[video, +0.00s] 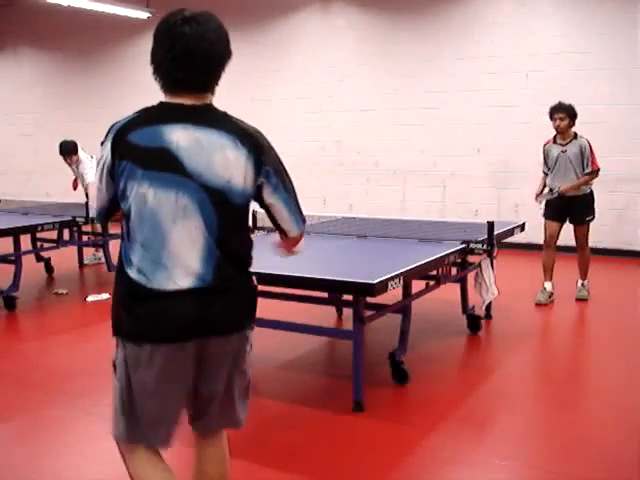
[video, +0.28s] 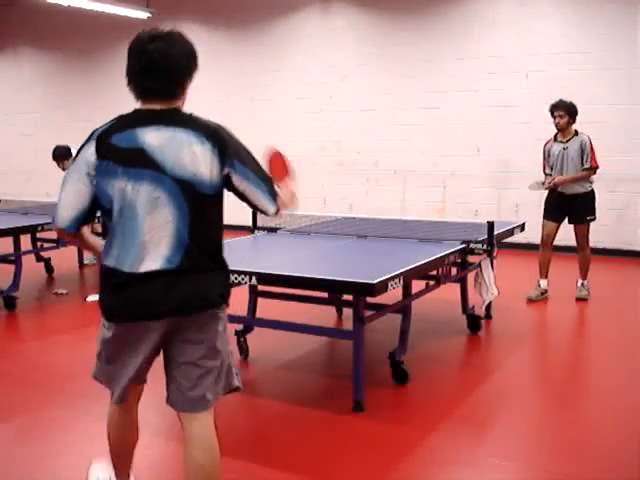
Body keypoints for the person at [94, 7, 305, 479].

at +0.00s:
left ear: (156, 63)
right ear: (221, 68)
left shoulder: (124, 135)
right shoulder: (246, 141)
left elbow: (104, 212)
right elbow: (291, 226)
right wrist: (287, 237)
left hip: (151, 324)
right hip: (226, 319)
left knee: (137, 439)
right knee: (212, 430)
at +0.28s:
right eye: (189, 75)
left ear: (131, 79)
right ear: (187, 81)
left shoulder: (104, 140)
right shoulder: (212, 139)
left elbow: (69, 220)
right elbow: (272, 203)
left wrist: (97, 242)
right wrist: (285, 190)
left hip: (132, 301)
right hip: (199, 297)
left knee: (123, 400)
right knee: (198, 412)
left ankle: (121, 479)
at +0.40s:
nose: (178, 92)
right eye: (179, 86)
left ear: (124, 87)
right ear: (175, 90)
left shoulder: (93, 145)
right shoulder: (200, 141)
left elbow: (53, 220)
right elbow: (256, 183)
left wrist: (91, 248)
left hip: (123, 302)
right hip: (188, 298)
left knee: (121, 397)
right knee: (193, 407)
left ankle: (126, 472)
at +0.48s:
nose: (176, 95)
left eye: (175, 88)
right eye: (174, 90)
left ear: (117, 88)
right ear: (165, 94)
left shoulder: (81, 144)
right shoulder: (182, 138)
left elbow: (44, 211)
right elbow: (231, 138)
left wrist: (77, 230)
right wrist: (182, 104)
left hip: (109, 293)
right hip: (171, 290)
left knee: (115, 382)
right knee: (186, 392)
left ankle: (124, 471)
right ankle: (198, 478)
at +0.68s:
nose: (169, 102)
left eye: (169, 96)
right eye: (168, 96)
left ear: (117, 88)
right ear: (157, 97)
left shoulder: (74, 135)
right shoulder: (165, 136)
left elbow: (45, 199)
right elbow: (177, 97)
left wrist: (82, 213)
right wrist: (114, 75)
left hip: (94, 279)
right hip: (151, 277)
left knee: (106, 376)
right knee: (172, 364)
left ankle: (123, 469)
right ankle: (176, 449)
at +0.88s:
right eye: (143, 96)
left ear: (97, 93)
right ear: (139, 100)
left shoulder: (63, 135)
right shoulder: (146, 132)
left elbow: (51, 195)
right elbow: (154, 103)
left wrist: (89, 192)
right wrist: (107, 79)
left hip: (84, 270)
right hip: (136, 263)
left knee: (101, 366)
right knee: (136, 347)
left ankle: (124, 467)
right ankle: (133, 422)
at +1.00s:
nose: (132, 106)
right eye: (132, 101)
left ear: (88, 98)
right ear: (131, 105)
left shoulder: (60, 141)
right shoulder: (142, 141)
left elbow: (45, 201)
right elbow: (163, 138)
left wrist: (80, 197)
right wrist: (112, 119)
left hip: (84, 271)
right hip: (133, 266)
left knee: (99, 364)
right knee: (127, 346)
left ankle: (124, 463)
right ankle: (125, 412)